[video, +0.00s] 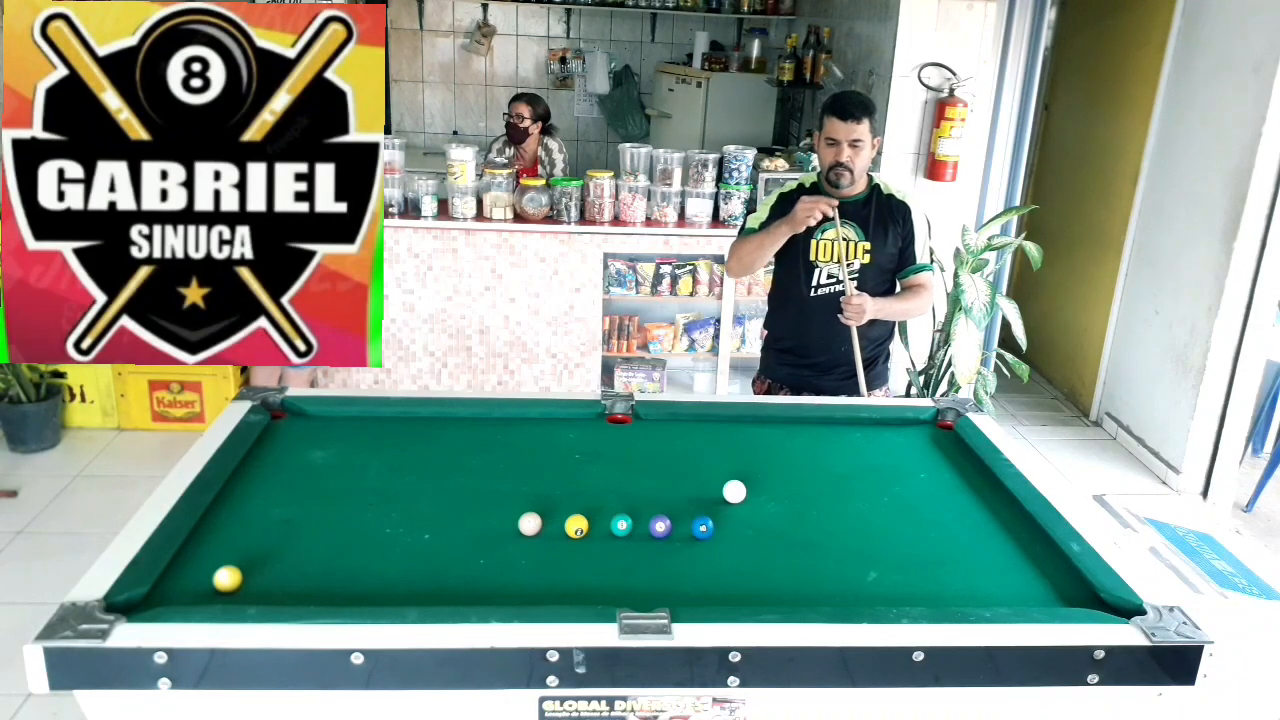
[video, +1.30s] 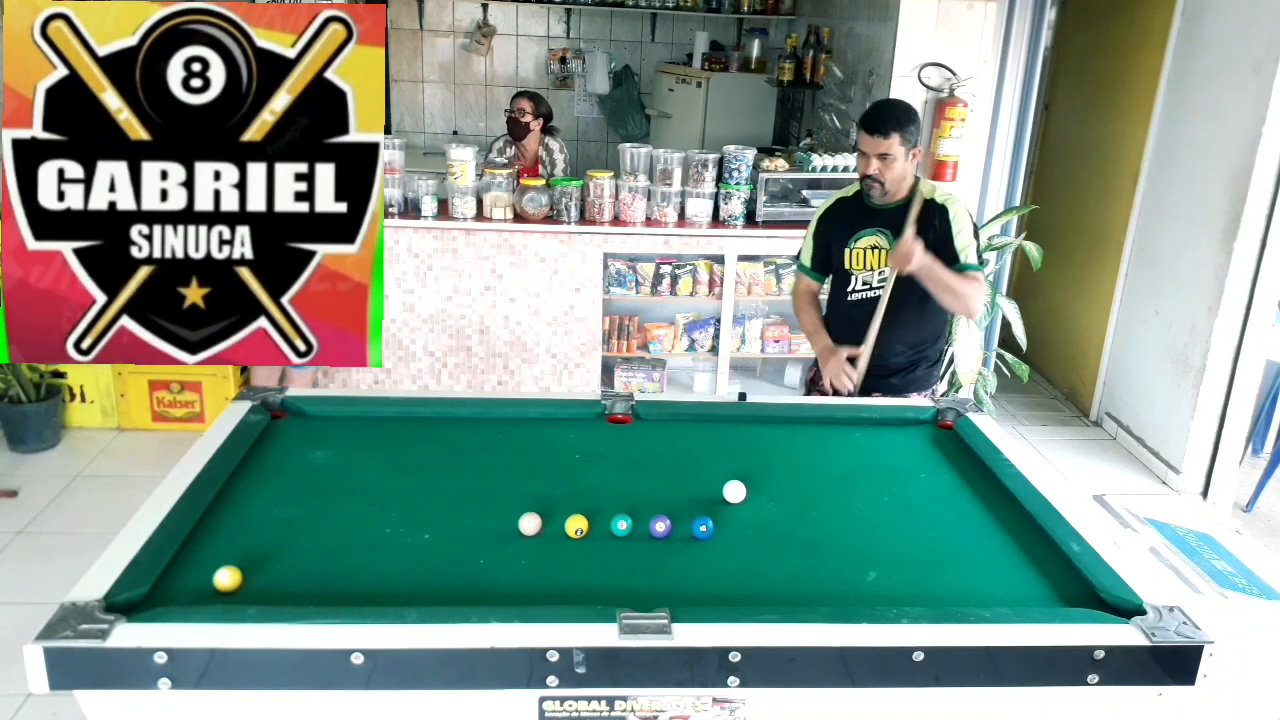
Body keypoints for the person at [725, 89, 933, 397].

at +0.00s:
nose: (842, 156)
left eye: (855, 145)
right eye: (832, 143)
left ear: (875, 148)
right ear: (817, 143)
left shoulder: (896, 214)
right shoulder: (788, 203)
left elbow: (921, 296)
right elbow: (736, 266)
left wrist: (874, 308)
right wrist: (787, 226)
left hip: (863, 391)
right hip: (785, 386)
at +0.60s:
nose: (841, 165)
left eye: (854, 153)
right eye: (832, 152)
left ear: (881, 149)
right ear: (822, 149)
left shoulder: (908, 216)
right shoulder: (795, 204)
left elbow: (933, 299)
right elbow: (733, 266)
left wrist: (882, 310)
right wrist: (772, 252)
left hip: (873, 393)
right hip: (794, 387)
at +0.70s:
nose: (842, 167)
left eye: (856, 155)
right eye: (833, 154)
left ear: (884, 152)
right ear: (825, 150)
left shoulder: (914, 217)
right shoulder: (798, 208)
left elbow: (938, 297)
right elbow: (740, 272)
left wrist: (889, 320)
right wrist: (754, 292)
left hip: (878, 394)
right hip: (799, 389)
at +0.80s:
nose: (846, 170)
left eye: (859, 158)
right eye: (837, 157)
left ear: (887, 154)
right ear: (829, 151)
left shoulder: (919, 217)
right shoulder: (806, 214)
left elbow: (944, 295)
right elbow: (761, 286)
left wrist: (900, 345)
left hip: (888, 397)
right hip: (808, 393)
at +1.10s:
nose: (858, 174)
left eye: (872, 161)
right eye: (850, 161)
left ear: (902, 159)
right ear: (843, 156)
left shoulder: (942, 216)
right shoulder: (823, 216)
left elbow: (966, 302)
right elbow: (779, 289)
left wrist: (907, 328)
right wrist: (780, 338)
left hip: (905, 397)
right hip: (825, 392)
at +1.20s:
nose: (863, 172)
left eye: (877, 160)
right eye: (856, 159)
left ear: (907, 159)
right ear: (849, 154)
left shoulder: (945, 215)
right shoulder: (826, 215)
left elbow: (968, 305)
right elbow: (787, 290)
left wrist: (908, 300)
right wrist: (803, 337)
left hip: (908, 397)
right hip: (832, 392)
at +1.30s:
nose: (869, 169)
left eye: (884, 158)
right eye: (863, 155)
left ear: (914, 157)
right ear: (856, 151)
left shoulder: (945, 212)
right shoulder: (834, 213)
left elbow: (973, 303)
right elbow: (805, 291)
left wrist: (923, 265)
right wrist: (825, 352)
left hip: (909, 396)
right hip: (836, 390)